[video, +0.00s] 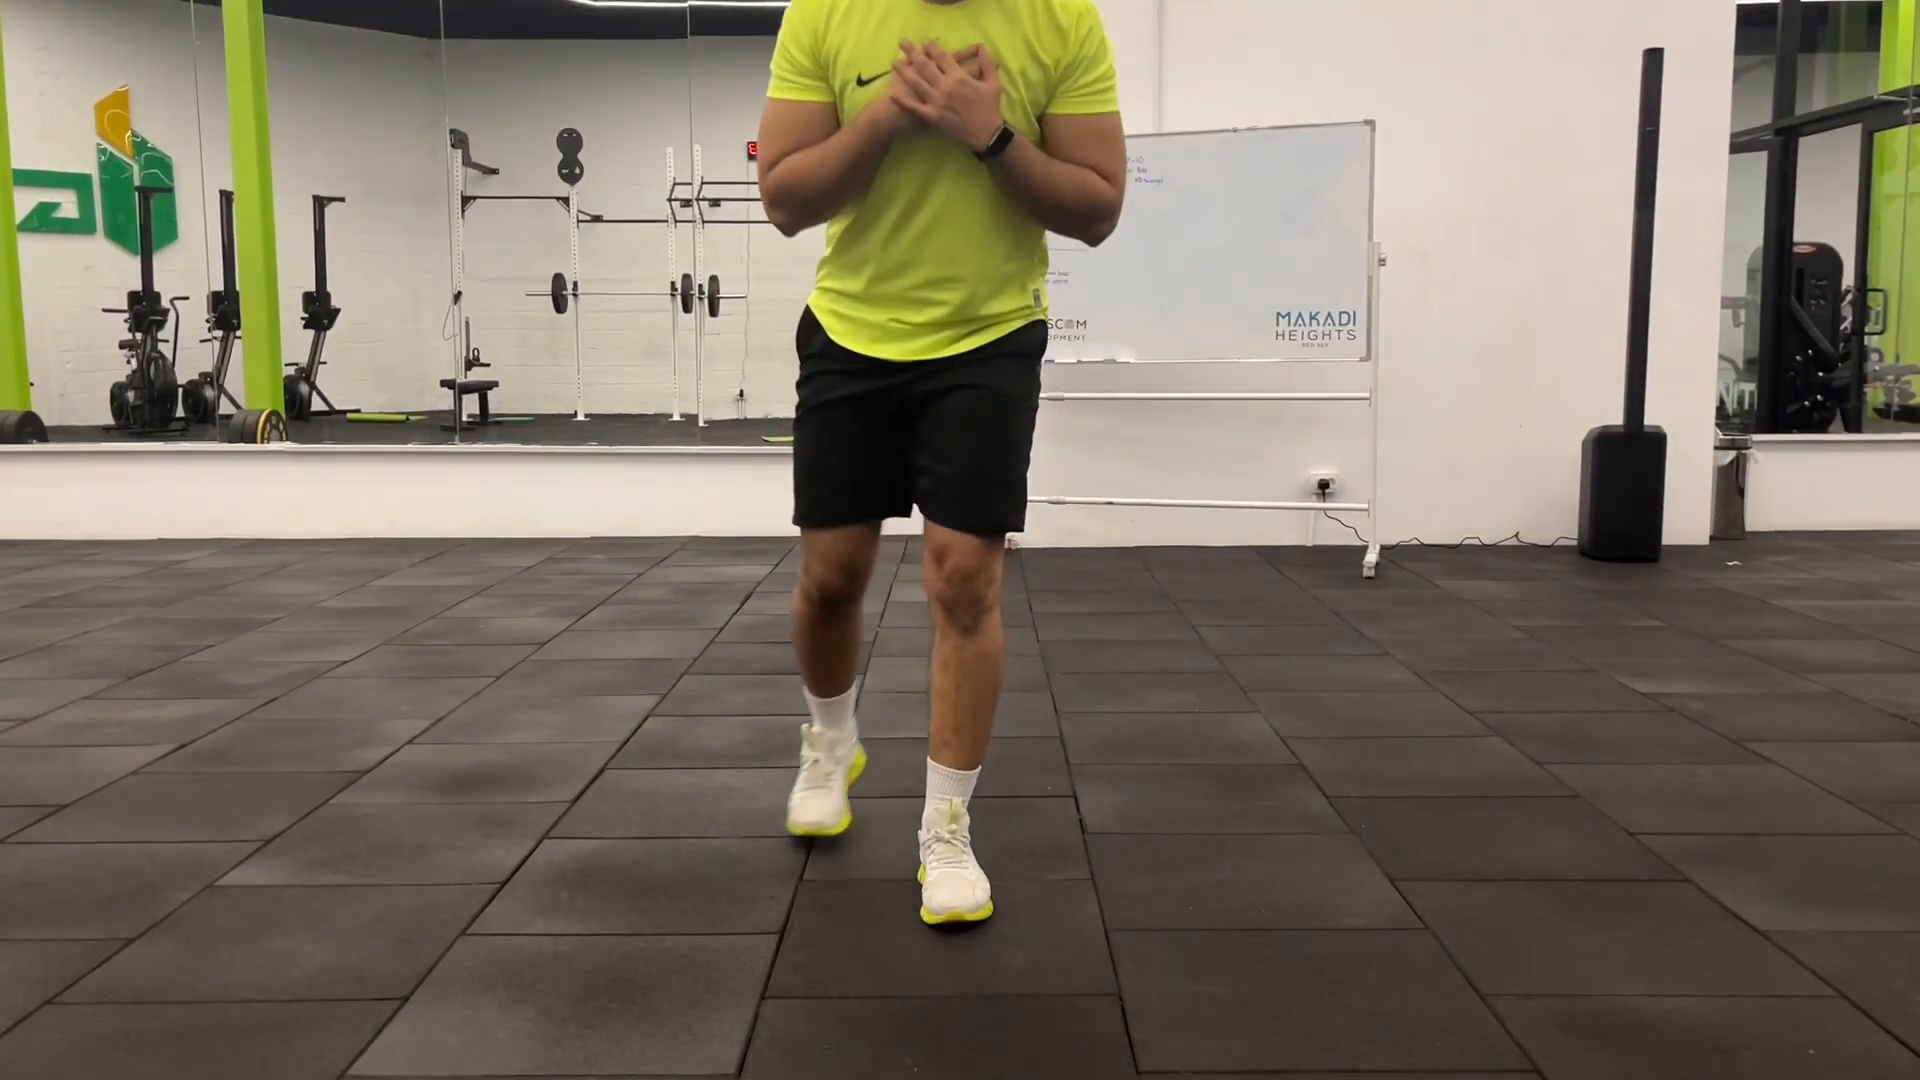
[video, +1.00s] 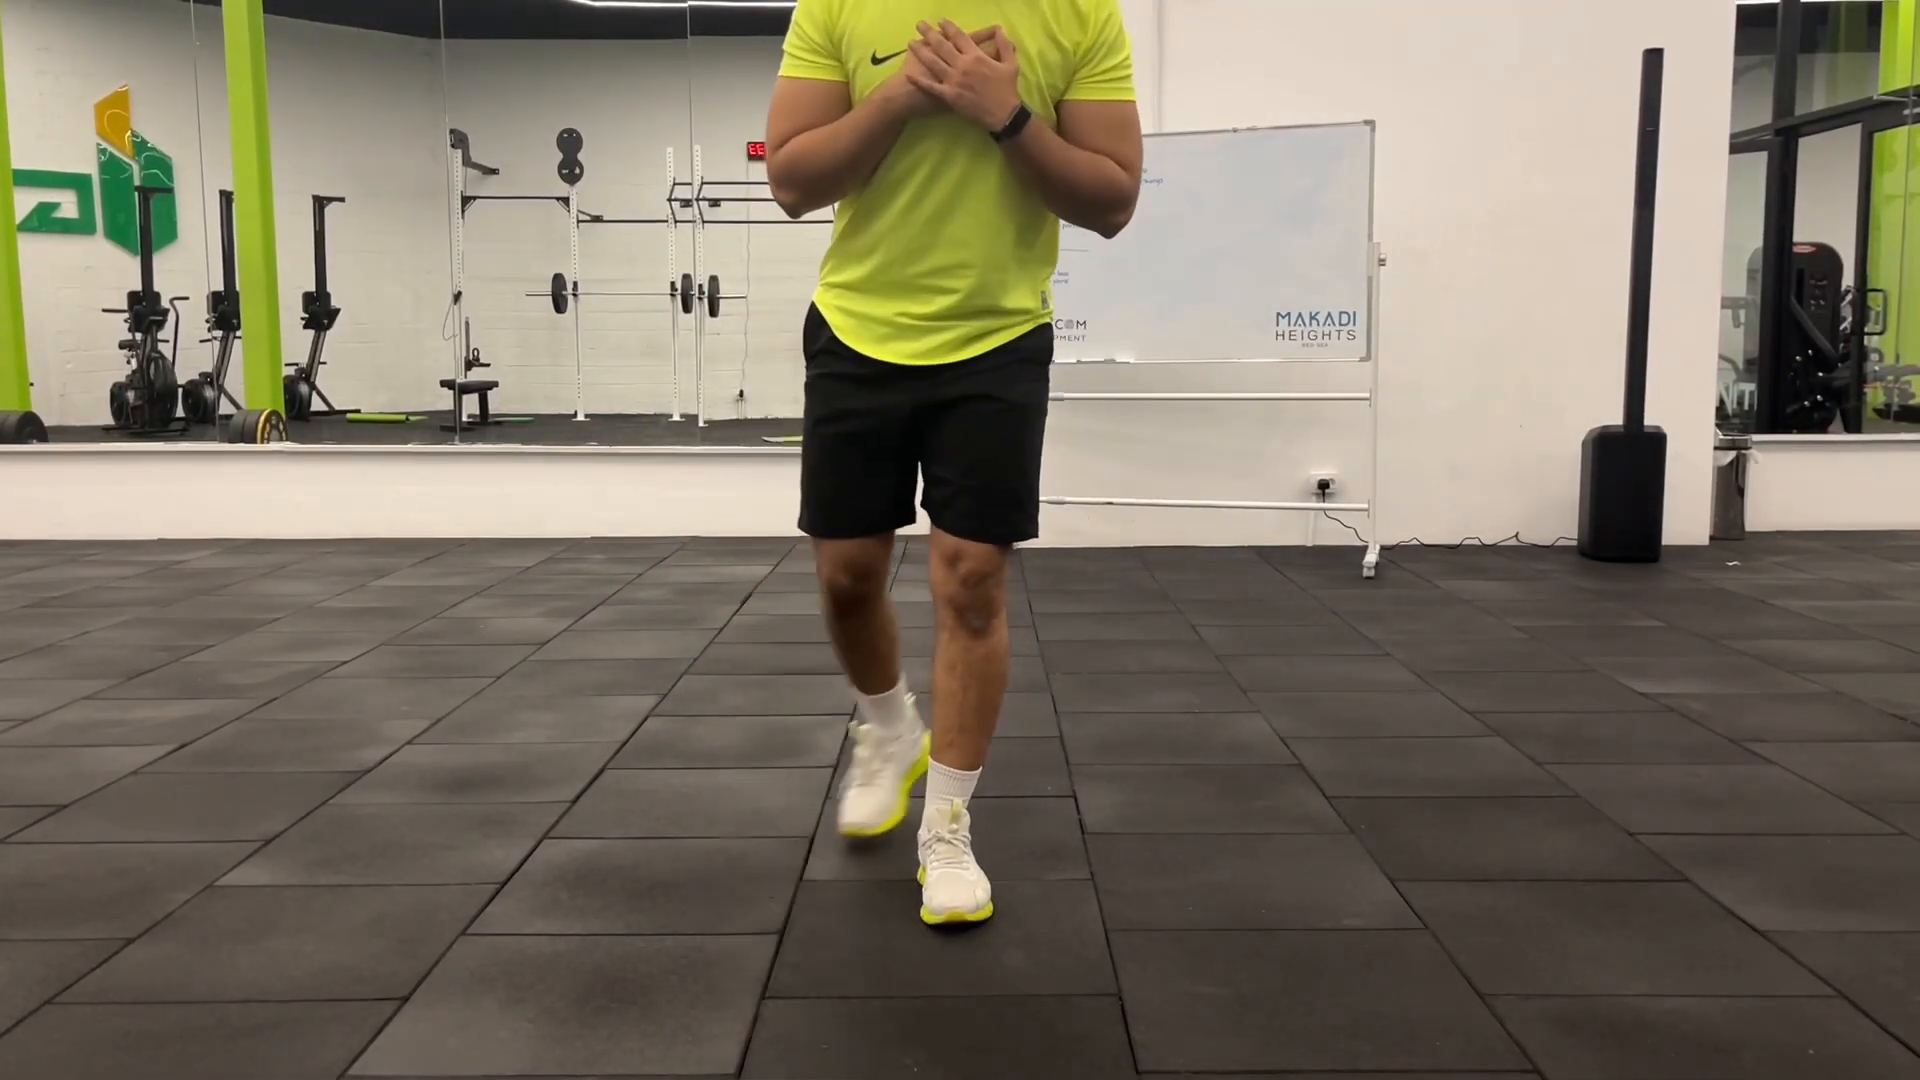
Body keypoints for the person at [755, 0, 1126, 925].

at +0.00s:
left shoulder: (1060, 18)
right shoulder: (825, 13)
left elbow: (1097, 209)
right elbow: (786, 199)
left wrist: (994, 135)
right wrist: (886, 113)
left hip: (989, 332)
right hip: (853, 327)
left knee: (964, 579)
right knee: (830, 580)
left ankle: (947, 829)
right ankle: (829, 742)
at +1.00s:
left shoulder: (1079, 15)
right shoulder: (836, 8)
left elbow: (1112, 199)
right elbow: (792, 182)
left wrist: (1006, 114)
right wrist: (902, 94)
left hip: (996, 330)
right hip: (858, 324)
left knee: (972, 582)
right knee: (847, 576)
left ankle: (949, 826)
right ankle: (888, 729)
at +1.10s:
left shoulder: (1082, 20)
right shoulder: (842, 11)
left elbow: (1114, 215)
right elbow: (794, 192)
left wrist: (1019, 136)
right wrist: (908, 110)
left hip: (1005, 331)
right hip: (870, 330)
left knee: (977, 582)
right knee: (891, 581)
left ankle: (947, 829)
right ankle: (983, 675)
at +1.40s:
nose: (993, 46)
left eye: (1016, 21)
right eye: (972, 20)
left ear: (1041, 24)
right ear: (933, 18)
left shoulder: (1091, 148)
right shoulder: (853, 140)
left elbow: (1126, 322)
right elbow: (816, 320)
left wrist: (1029, 270)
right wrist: (928, 252)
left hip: (1033, 395)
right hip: (908, 411)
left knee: (973, 607)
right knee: (998, 604)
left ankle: (946, 834)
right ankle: (1093, 684)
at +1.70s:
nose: (994, 177)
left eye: (1015, 151)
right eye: (973, 150)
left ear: (1043, 149)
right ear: (937, 150)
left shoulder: (1103, 265)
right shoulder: (877, 266)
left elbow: (1142, 426)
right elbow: (851, 430)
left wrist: (1036, 386)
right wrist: (937, 373)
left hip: (1058, 484)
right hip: (940, 509)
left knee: (970, 609)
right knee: (1029, 729)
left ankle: (944, 831)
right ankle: (1126, 687)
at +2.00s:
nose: (999, 217)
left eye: (1020, 193)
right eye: (979, 192)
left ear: (1048, 193)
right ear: (946, 191)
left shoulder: (1106, 313)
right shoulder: (885, 313)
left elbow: (1144, 473)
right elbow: (858, 477)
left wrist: (1040, 426)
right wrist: (943, 413)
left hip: (1063, 523)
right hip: (944, 546)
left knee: (970, 613)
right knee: (1028, 782)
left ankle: (943, 831)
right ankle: (1124, 693)